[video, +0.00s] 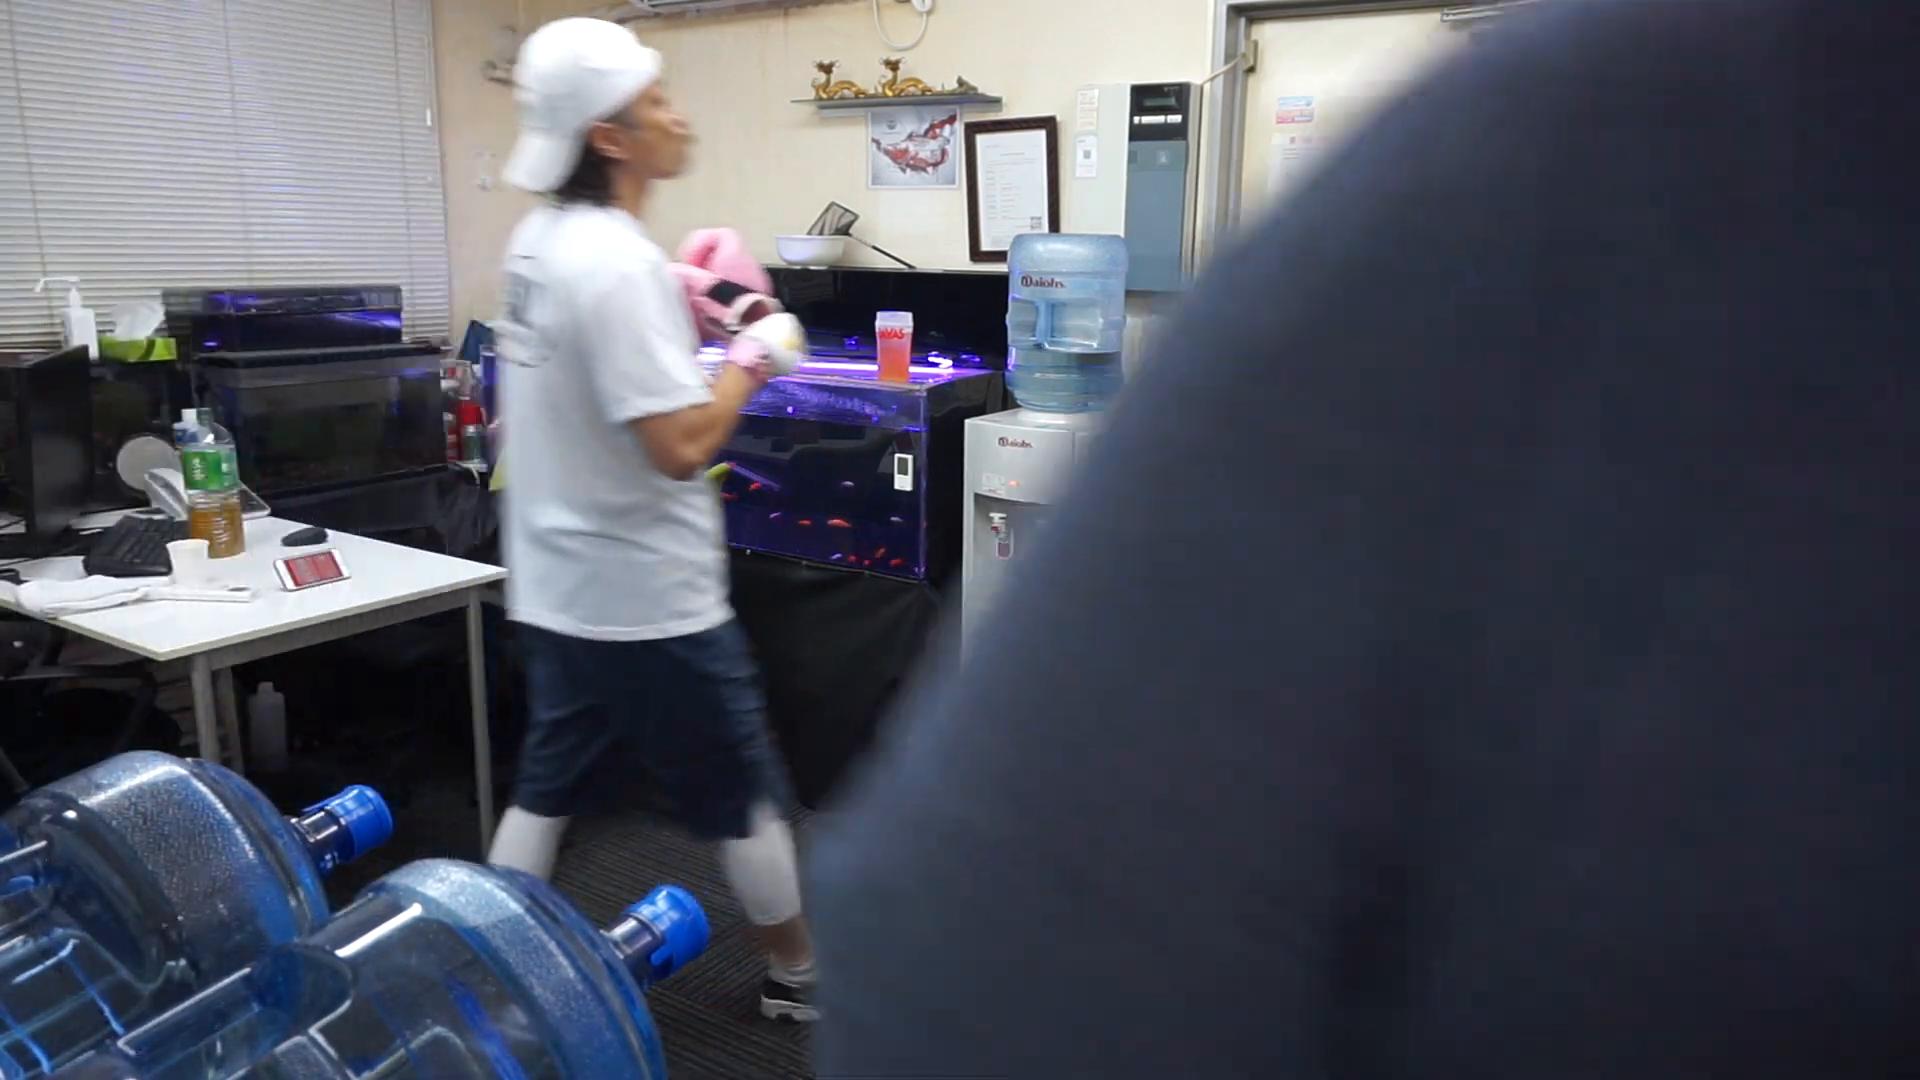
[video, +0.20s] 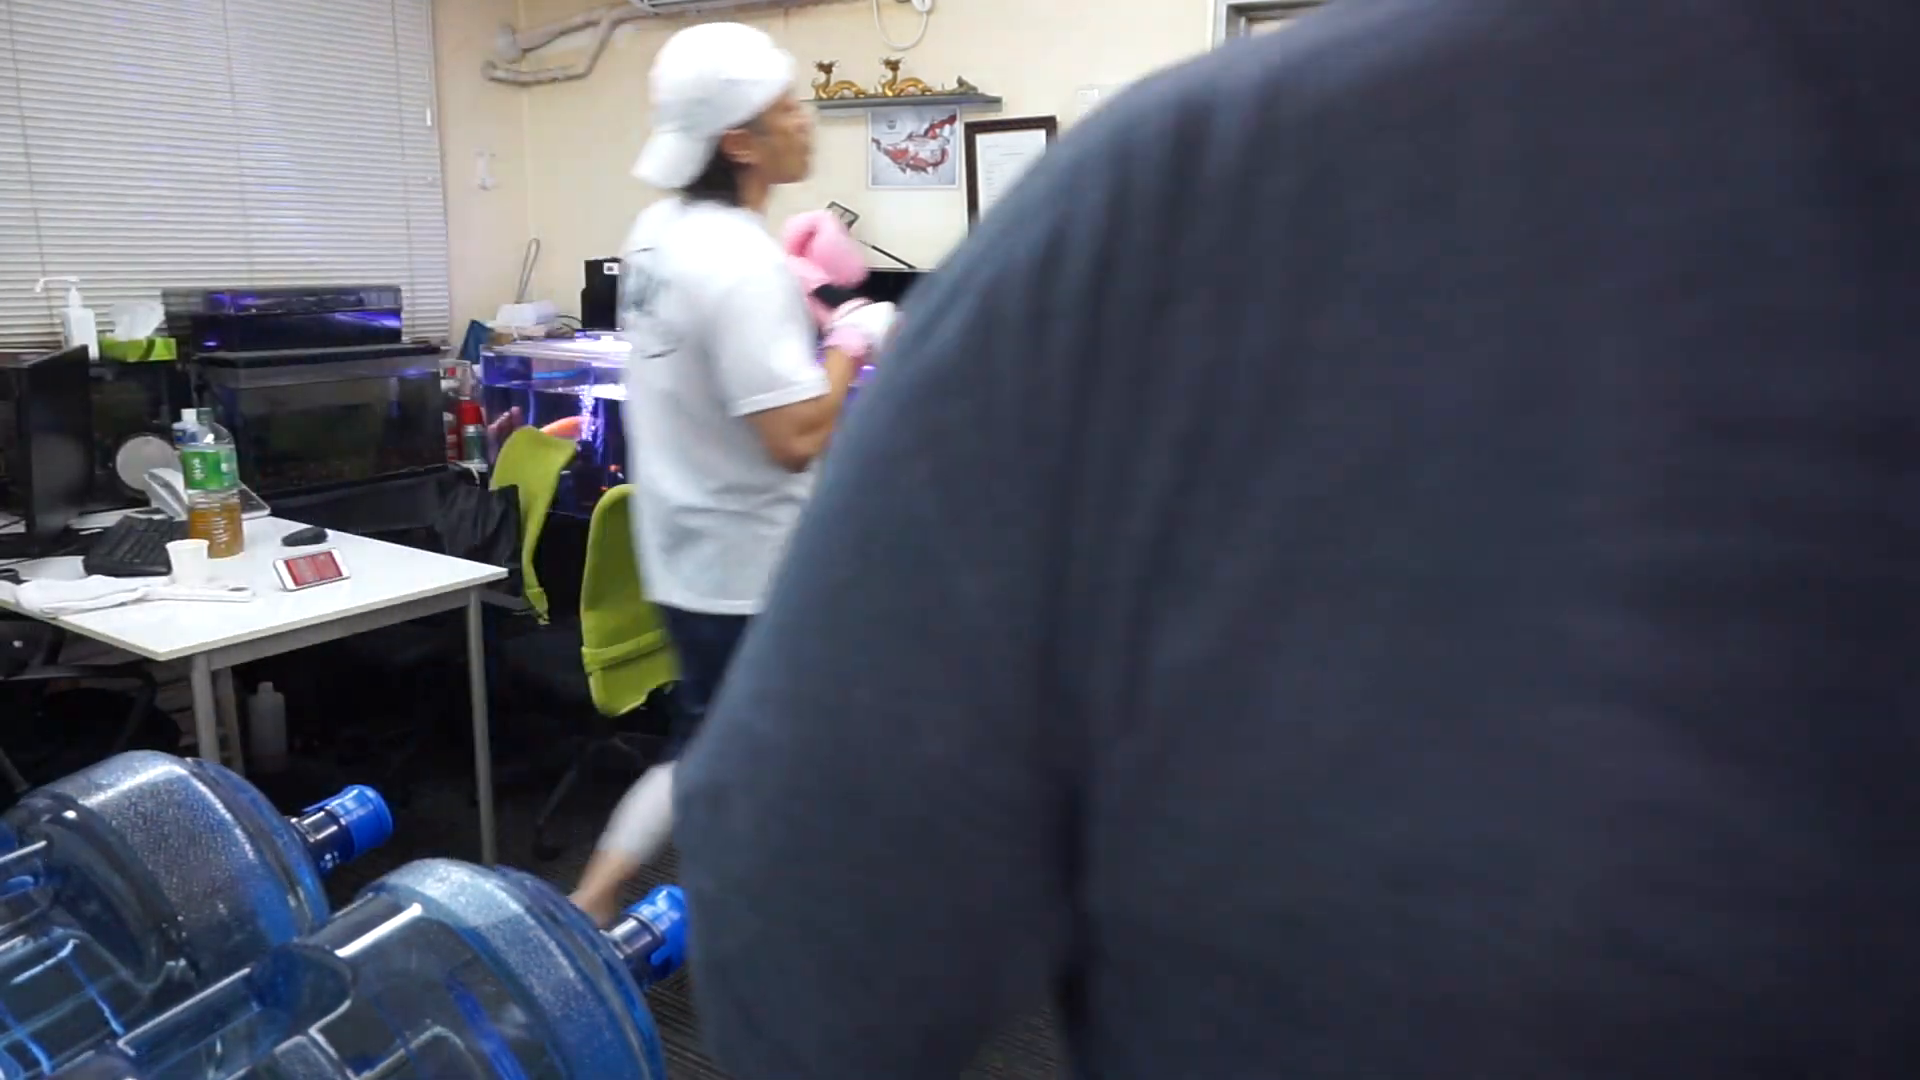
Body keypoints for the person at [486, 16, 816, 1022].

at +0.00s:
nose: (678, 116)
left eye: (666, 95)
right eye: (658, 103)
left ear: (602, 142)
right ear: (610, 142)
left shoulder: (541, 237)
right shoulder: (618, 260)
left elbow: (578, 387)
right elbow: (680, 445)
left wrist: (677, 316)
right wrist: (754, 361)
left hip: (554, 589)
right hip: (652, 601)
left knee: (544, 785)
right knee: (744, 787)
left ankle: (486, 969)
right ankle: (794, 976)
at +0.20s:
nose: (809, 120)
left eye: (801, 102)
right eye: (790, 110)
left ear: (727, 145)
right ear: (740, 144)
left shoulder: (661, 232)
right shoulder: (739, 262)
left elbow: (703, 385)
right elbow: (794, 435)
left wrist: (796, 300)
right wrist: (850, 356)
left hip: (684, 566)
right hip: (749, 580)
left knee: (699, 760)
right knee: (761, 781)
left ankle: (582, 918)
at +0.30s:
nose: (864, 117)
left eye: (856, 100)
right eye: (847, 105)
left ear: (790, 141)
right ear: (794, 140)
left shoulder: (708, 223)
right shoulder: (794, 255)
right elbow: (847, 423)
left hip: (721, 563)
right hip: (790, 577)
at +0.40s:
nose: (914, 115)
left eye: (905, 96)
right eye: (897, 102)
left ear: (828, 130)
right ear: (845, 133)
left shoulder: (755, 222)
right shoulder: (835, 248)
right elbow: (924, 378)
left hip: (762, 528)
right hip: (824, 538)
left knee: (797, 726)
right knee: (828, 739)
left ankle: (832, 937)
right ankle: (811, 969)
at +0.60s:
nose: (996, 127)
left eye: (989, 112)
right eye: (981, 115)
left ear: (917, 142)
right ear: (929, 144)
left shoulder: (848, 230)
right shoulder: (927, 252)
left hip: (849, 516)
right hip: (903, 530)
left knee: (877, 702)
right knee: (887, 720)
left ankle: (818, 935)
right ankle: (810, 957)